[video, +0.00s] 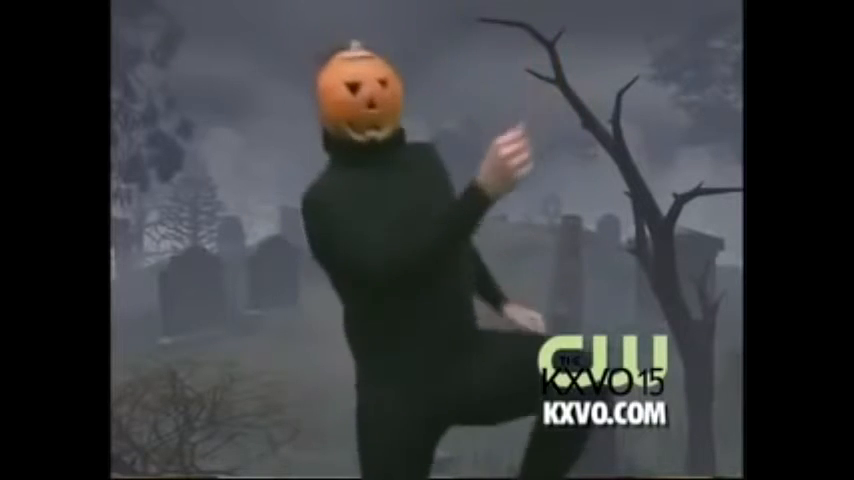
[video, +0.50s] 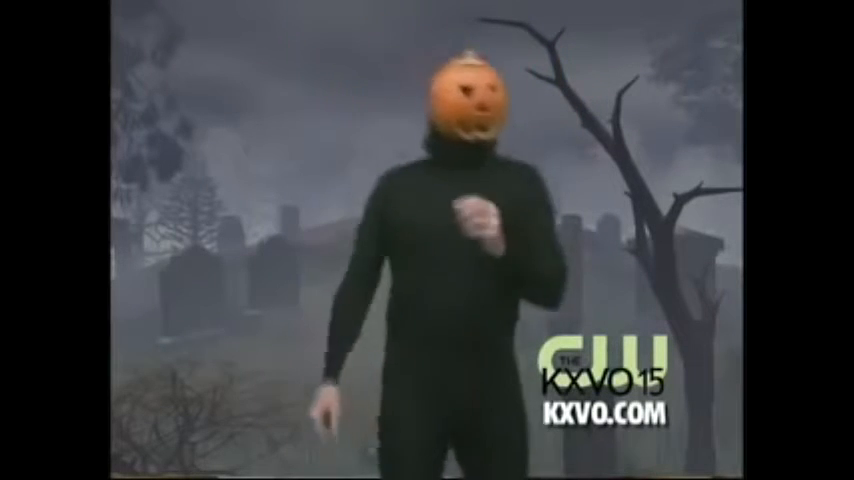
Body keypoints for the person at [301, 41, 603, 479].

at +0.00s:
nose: (370, 97)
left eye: (381, 83)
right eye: (350, 88)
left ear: (400, 94)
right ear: (325, 110)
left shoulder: (423, 162)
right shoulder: (326, 200)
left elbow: (452, 242)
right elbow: (385, 272)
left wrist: (501, 302)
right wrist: (482, 192)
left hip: (464, 361)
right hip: (394, 385)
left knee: (581, 373)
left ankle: (536, 474)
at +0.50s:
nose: (480, 97)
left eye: (491, 88)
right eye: (464, 87)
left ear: (504, 106)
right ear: (435, 103)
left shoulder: (520, 184)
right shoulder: (397, 187)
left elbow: (551, 291)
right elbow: (359, 283)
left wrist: (503, 247)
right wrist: (330, 377)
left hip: (490, 385)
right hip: (412, 386)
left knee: (504, 472)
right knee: (405, 472)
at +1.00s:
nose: (540, 105)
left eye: (551, 98)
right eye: (526, 93)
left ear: (559, 116)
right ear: (495, 101)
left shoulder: (552, 185)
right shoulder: (454, 167)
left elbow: (486, 209)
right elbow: (403, 244)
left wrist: (408, 184)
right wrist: (347, 255)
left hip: (479, 355)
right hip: (410, 332)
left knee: (480, 471)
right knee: (308, 348)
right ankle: (314, 473)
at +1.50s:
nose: (419, 93)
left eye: (425, 85)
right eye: (402, 87)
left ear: (438, 98)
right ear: (368, 105)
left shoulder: (453, 170)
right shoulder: (343, 186)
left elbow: (484, 271)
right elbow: (302, 301)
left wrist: (516, 360)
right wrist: (370, 366)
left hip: (458, 359)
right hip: (384, 363)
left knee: (490, 469)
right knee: (387, 473)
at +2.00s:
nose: (363, 85)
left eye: (364, 74)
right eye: (344, 80)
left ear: (377, 84)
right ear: (315, 104)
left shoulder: (383, 151)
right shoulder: (325, 175)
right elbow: (420, 226)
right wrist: (518, 180)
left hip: (446, 319)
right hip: (392, 342)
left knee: (568, 347)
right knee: (391, 470)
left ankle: (492, 462)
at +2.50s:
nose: (440, 93)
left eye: (453, 82)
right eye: (426, 83)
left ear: (473, 92)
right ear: (408, 94)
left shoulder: (508, 159)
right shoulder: (388, 171)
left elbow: (573, 229)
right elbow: (367, 271)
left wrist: (531, 256)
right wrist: (370, 360)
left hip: (487, 354)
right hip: (413, 355)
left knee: (501, 471)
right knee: (401, 472)